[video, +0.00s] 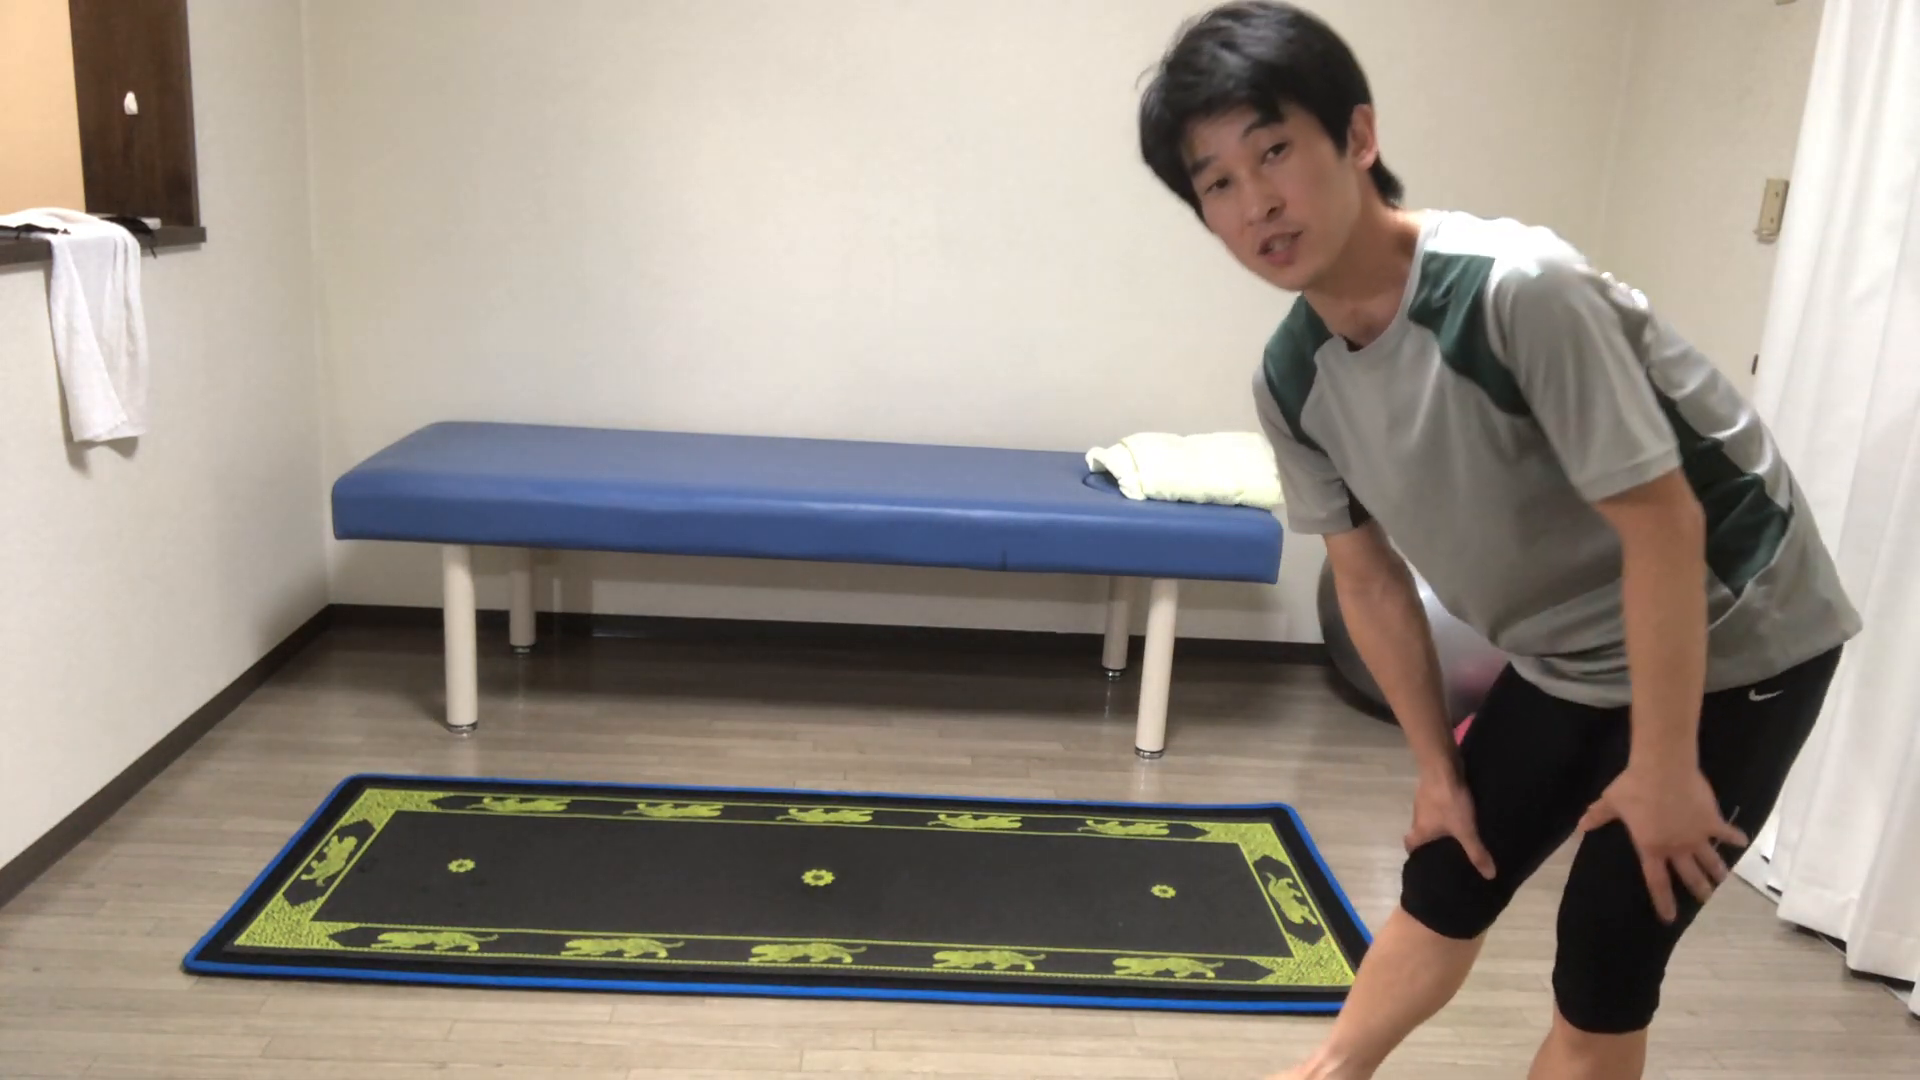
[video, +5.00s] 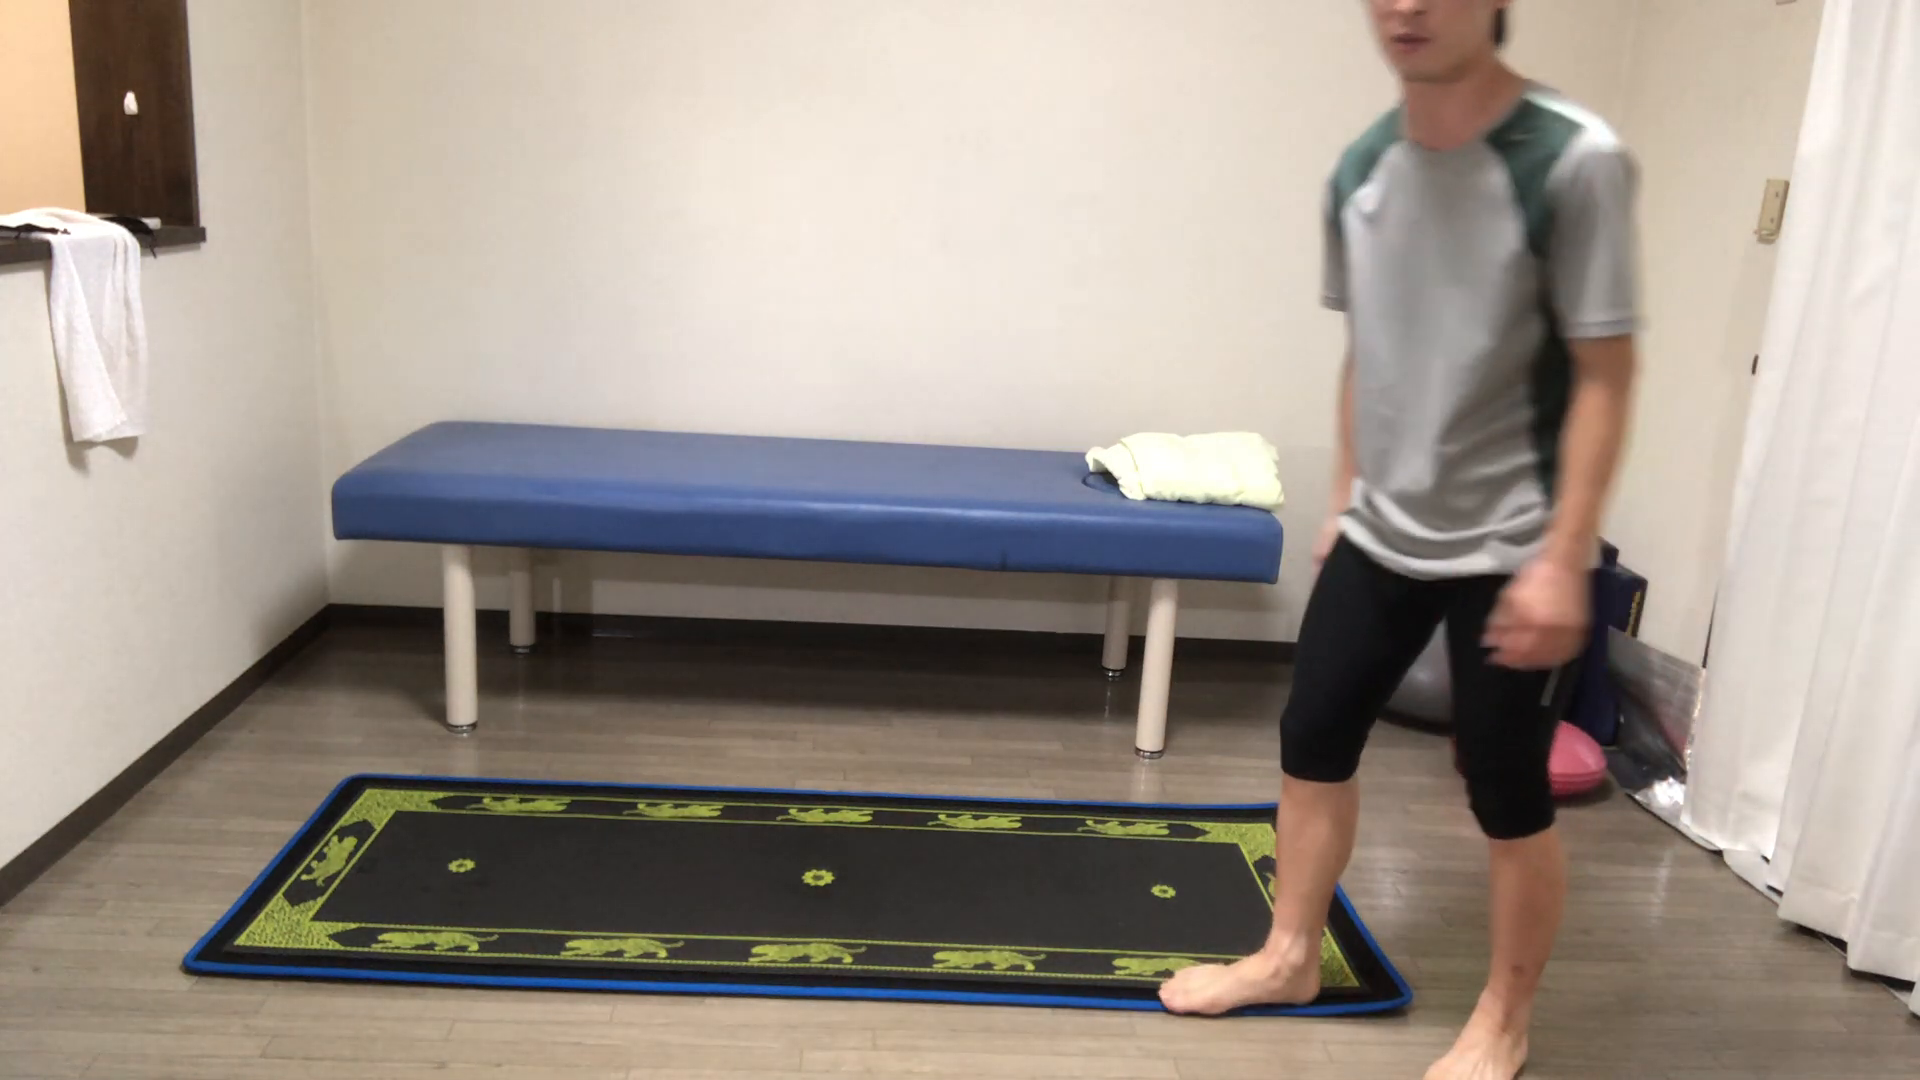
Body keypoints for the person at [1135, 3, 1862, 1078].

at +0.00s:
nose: (1253, 204)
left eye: (1274, 150)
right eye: (1215, 186)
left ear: (1356, 138)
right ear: (1203, 219)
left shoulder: (1519, 292)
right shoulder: (1293, 376)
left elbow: (1664, 524)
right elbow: (1369, 580)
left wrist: (1664, 763)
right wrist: (1435, 767)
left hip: (1748, 628)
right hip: (1573, 637)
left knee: (1611, 925)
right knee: (1446, 876)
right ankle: (1336, 1063)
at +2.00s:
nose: (1239, 199)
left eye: (1261, 146)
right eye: (1199, 174)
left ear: (1341, 126)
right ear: (1176, 198)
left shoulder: (1513, 298)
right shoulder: (1273, 326)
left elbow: (1643, 505)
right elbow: (1390, 471)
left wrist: (1620, 721)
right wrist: (1389, 626)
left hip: (1610, 622)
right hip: (1461, 608)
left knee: (1551, 930)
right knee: (1391, 852)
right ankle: (1331, 1061)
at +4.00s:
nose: (1174, 185)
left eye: (1183, 142)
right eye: (1144, 177)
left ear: (1258, 118)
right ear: (1138, 204)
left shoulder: (1414, 242)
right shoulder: (1270, 323)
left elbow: (1520, 449)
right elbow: (1410, 469)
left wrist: (1458, 654)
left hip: (1581, 580)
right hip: (1443, 579)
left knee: (1493, 857)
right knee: (1386, 815)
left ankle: (1510, 1011)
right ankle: (1326, 1058)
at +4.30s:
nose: (1330, 113)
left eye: (1350, 70)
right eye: (1298, 96)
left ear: (1420, 59)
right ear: (1283, 121)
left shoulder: (1555, 208)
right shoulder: (1355, 278)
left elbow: (1629, 409)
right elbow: (1432, 441)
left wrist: (1450, 533)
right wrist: (1435, 570)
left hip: (1615, 583)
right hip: (1474, 577)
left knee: (1536, 830)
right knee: (1394, 799)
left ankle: (1508, 1033)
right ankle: (1332, 1044)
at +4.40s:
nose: (1374, 86)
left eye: (1396, 47)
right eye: (1343, 67)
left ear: (1462, 40)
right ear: (1325, 96)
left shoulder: (1596, 196)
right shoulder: (1380, 262)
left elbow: (1665, 404)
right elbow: (1437, 433)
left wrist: (1573, 581)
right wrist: (1451, 571)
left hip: (1623, 576)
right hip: (1477, 569)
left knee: (1542, 825)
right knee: (1383, 790)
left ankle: (1504, 1036)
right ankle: (1327, 1040)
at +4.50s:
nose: (1406, 59)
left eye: (1431, 22)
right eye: (1376, 38)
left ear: (1500, 25)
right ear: (1361, 63)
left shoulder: (1621, 191)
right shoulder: (1401, 234)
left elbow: (1689, 406)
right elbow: (1447, 412)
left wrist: (1710, 596)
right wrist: (1453, 548)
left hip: (1607, 578)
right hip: (1468, 561)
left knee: (1540, 819)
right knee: (1362, 775)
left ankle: (1504, 1034)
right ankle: (1317, 1031)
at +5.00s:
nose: (1402, 8)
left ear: (1494, 7)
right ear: (1370, 12)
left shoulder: (1574, 159)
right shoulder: (1362, 167)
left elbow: (1604, 375)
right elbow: (1364, 354)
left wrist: (1566, 556)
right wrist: (1345, 505)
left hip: (1513, 538)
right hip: (1386, 523)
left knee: (1506, 789)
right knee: (1314, 735)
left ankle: (1504, 1021)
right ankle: (1290, 956)